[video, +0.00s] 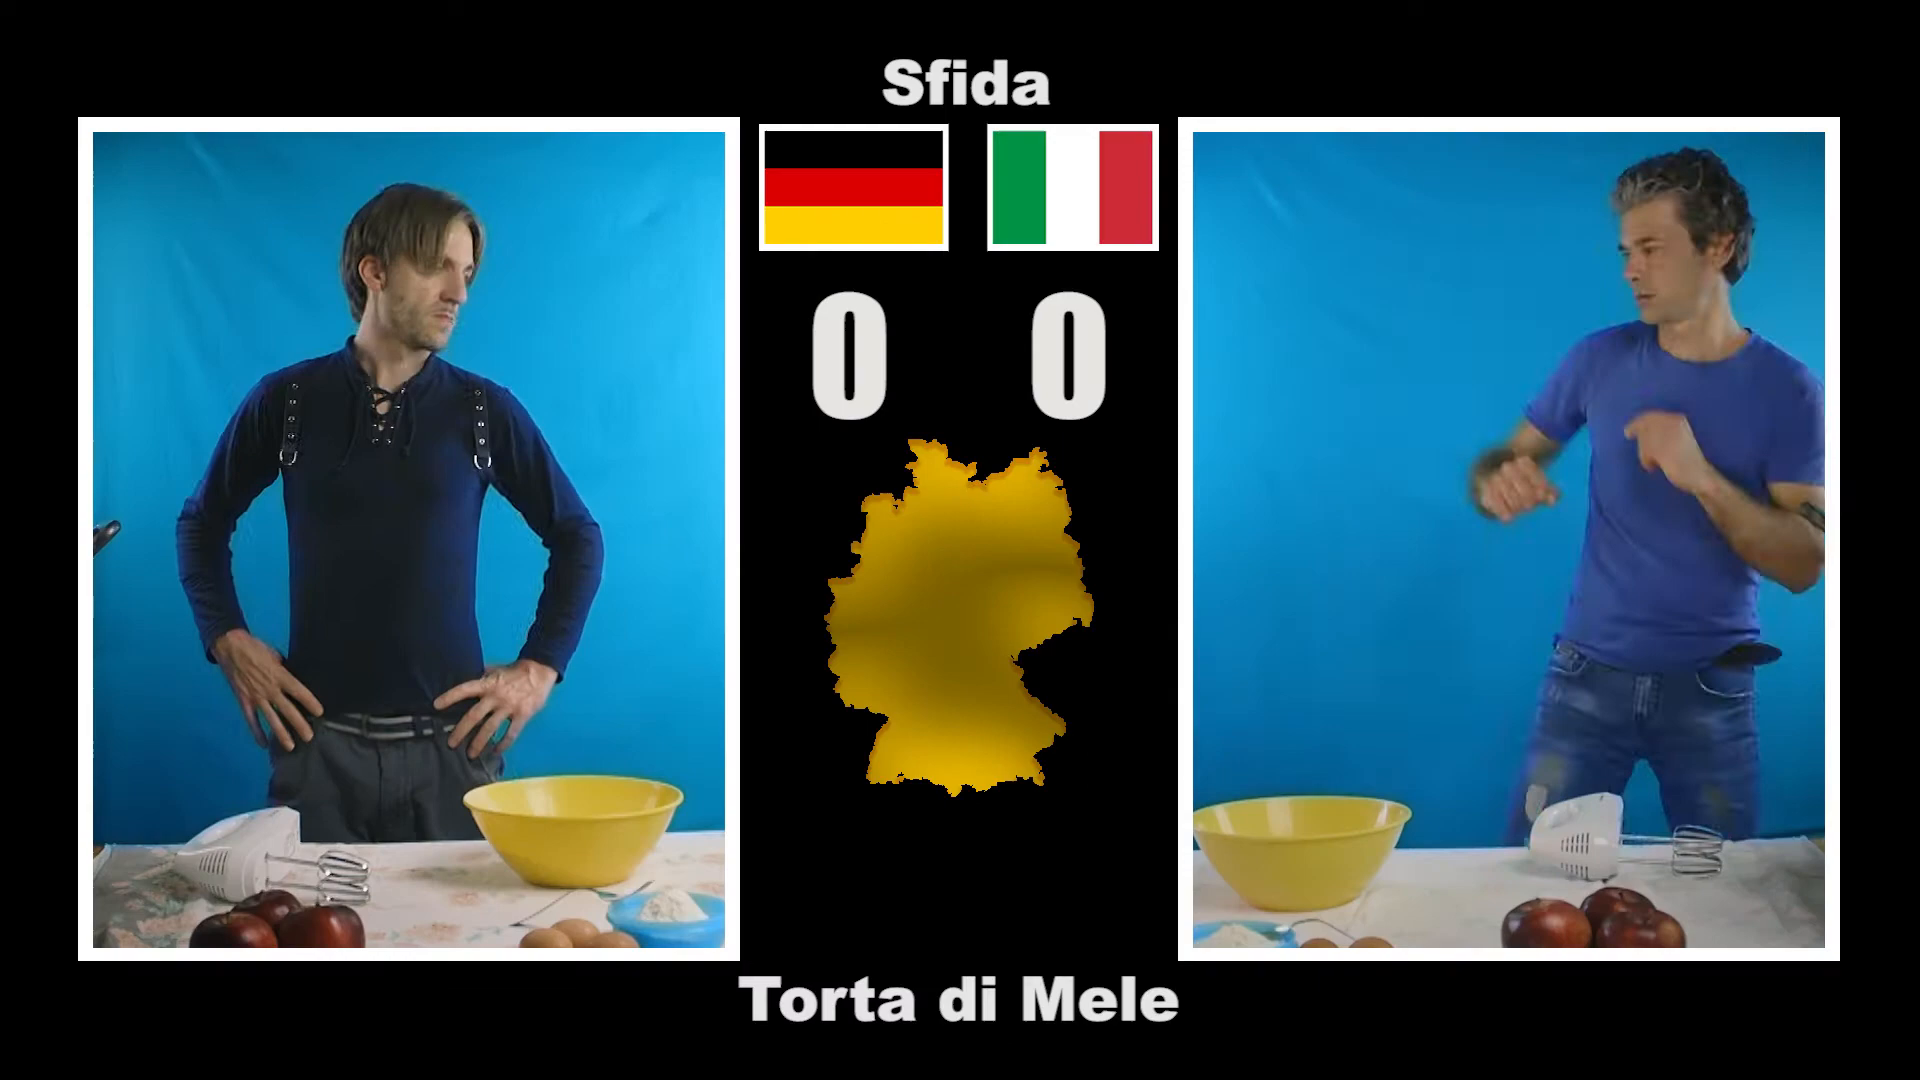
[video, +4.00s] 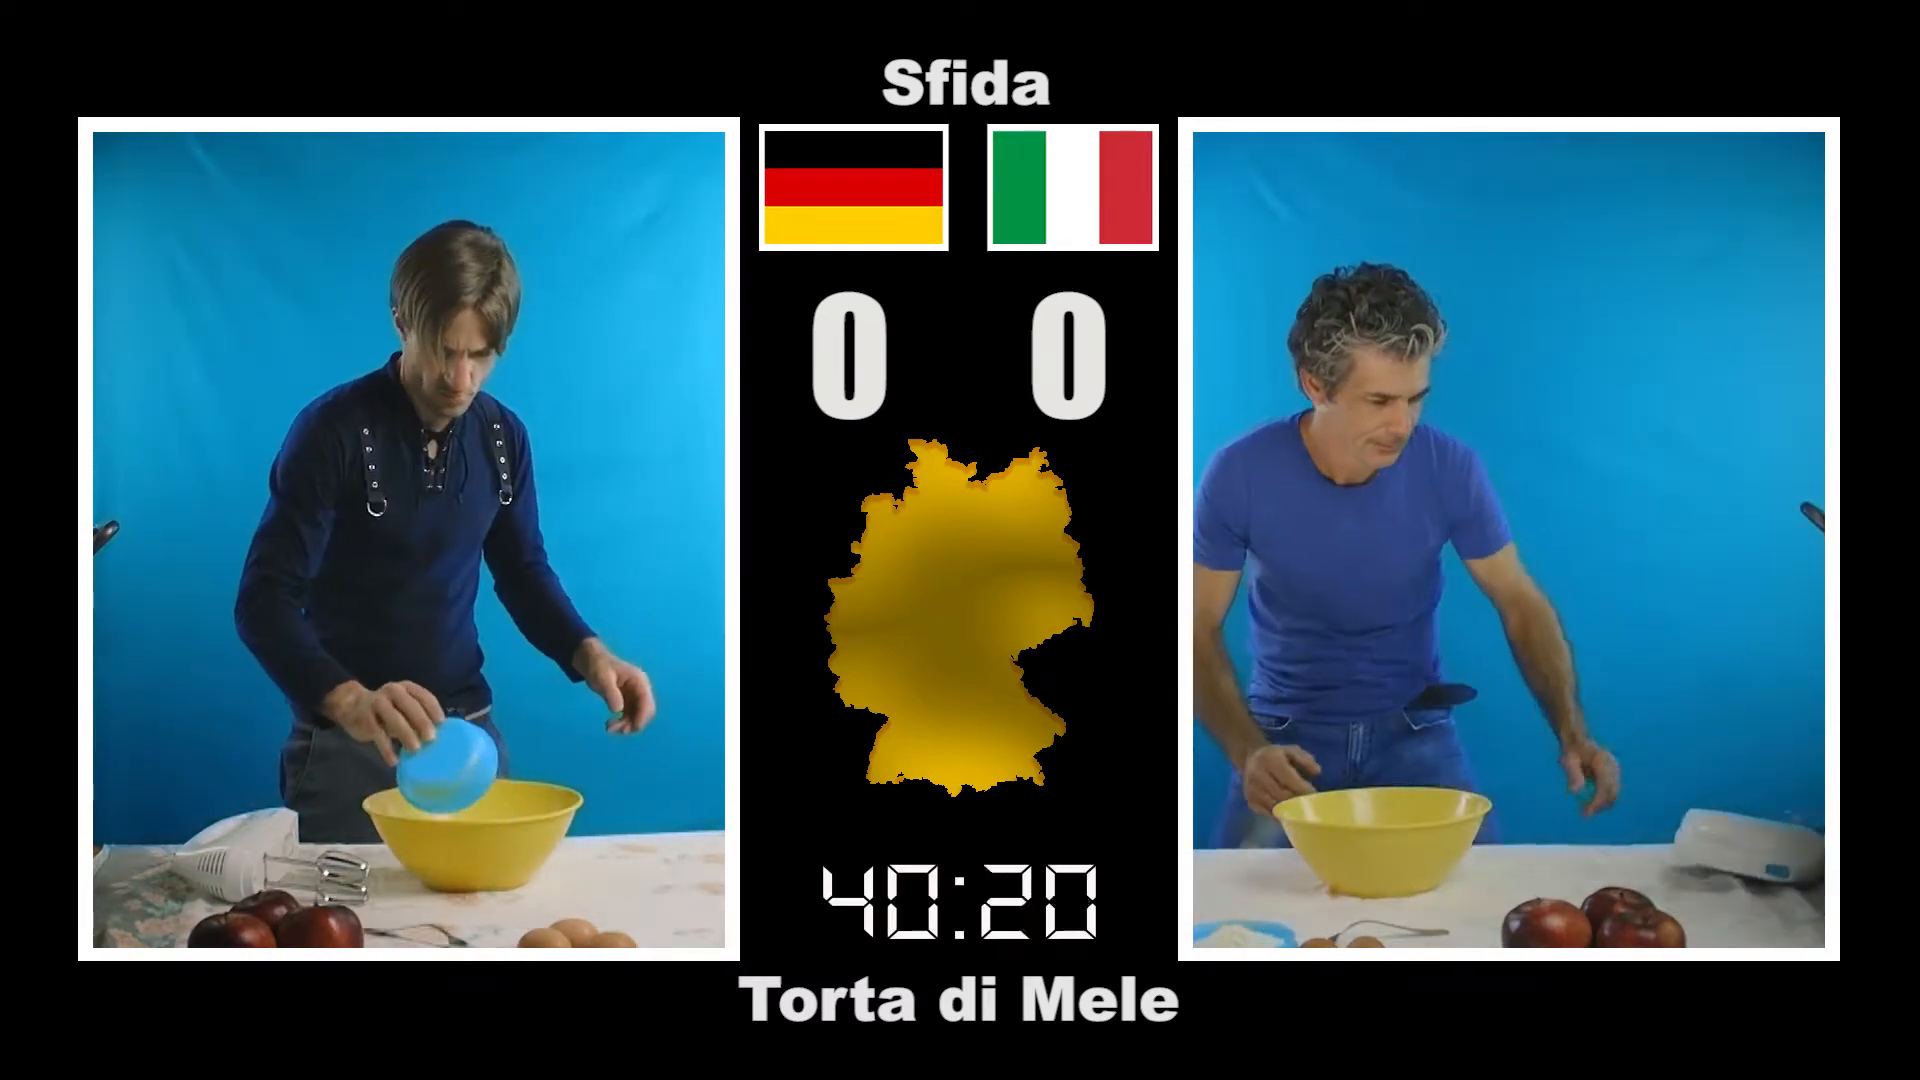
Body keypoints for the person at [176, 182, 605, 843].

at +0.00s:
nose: (457, 291)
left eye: (465, 274)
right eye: (435, 267)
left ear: (471, 281)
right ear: (372, 272)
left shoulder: (485, 411)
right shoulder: (286, 403)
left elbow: (578, 538)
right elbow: (202, 524)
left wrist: (539, 668)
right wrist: (228, 638)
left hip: (451, 753)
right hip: (320, 752)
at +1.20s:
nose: (483, 318)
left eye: (496, 299)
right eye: (466, 296)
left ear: (507, 296)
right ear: (405, 284)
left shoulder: (525, 413)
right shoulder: (331, 402)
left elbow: (632, 539)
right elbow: (270, 517)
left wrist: (569, 671)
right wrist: (274, 630)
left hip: (477, 753)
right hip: (349, 749)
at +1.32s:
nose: (271, 320)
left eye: (281, 295)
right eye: (247, 303)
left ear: (295, 286)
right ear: (203, 304)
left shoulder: (361, 401)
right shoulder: (176, 440)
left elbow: (426, 540)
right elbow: (152, 609)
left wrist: (460, 674)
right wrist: (191, 741)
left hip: (403, 723)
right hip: (275, 741)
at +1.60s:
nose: (310, 312)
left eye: (324, 288)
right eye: (287, 293)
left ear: (345, 288)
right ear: (255, 303)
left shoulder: (420, 407)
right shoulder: (231, 438)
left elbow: (494, 552)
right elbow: (205, 592)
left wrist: (532, 695)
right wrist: (212, 718)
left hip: (427, 739)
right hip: (295, 748)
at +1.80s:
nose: (374, 314)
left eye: (391, 291)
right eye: (352, 295)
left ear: (420, 292)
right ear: (327, 304)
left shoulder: (482, 421)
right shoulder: (294, 441)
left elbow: (555, 565)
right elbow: (258, 591)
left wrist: (598, 706)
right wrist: (246, 719)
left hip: (470, 749)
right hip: (340, 758)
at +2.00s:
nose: (439, 320)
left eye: (458, 297)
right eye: (419, 298)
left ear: (490, 295)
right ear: (393, 296)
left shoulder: (531, 429)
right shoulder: (338, 425)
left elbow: (595, 570)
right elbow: (299, 571)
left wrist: (645, 702)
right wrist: (298, 708)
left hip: (491, 745)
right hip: (358, 750)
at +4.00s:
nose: (461, 377)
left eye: (480, 354)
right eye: (444, 351)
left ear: (500, 342)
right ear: (404, 327)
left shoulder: (500, 439)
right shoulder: (334, 433)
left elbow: (522, 569)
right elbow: (264, 600)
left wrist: (591, 658)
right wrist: (349, 700)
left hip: (463, 739)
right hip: (346, 747)